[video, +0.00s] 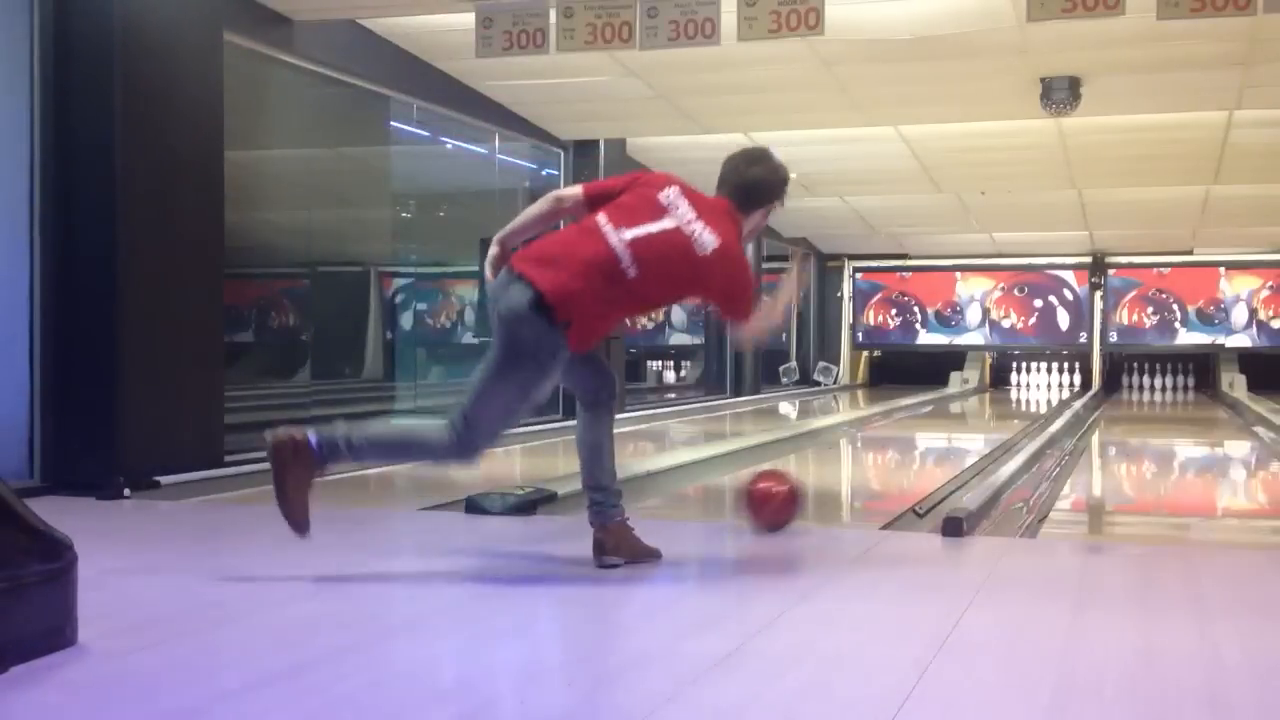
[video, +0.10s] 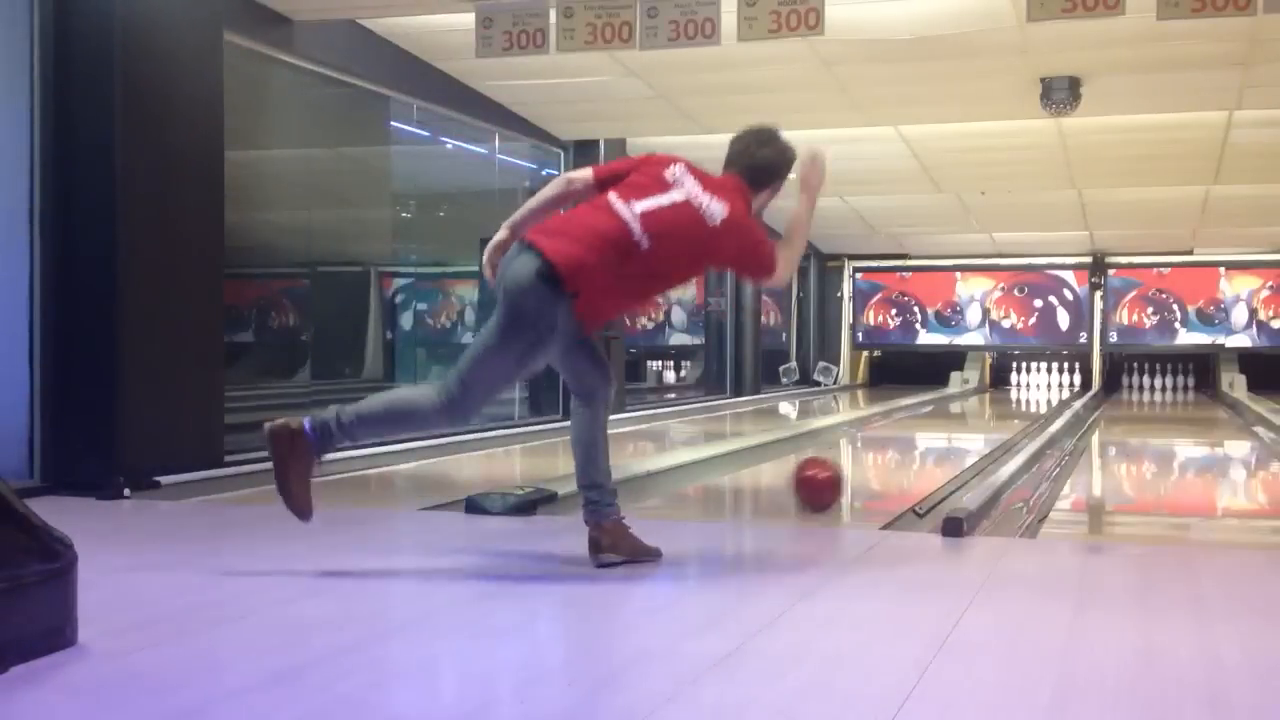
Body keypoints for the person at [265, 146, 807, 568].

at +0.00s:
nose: (772, 218)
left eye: (772, 207)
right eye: (774, 208)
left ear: (726, 184)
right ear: (762, 208)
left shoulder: (661, 184)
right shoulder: (727, 256)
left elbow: (563, 199)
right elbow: (755, 329)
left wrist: (503, 238)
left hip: (513, 286)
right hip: (543, 321)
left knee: (596, 385)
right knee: (464, 440)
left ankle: (610, 528)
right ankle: (311, 452)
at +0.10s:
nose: (778, 196)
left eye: (775, 183)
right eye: (779, 188)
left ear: (729, 161)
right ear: (767, 185)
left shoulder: (667, 165)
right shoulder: (735, 224)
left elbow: (571, 181)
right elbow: (781, 272)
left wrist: (506, 233)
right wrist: (809, 200)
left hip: (524, 259)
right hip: (552, 289)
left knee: (592, 387)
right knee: (453, 402)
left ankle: (605, 528)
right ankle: (310, 439)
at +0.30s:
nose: (783, 156)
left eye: (783, 146)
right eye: (785, 147)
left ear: (733, 123)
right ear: (775, 144)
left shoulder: (676, 139)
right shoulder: (748, 186)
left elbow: (580, 172)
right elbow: (795, 259)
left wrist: (532, 234)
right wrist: (816, 218)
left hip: (553, 257)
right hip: (560, 269)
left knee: (602, 391)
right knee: (483, 391)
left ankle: (607, 532)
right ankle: (349, 463)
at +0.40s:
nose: (781, 144)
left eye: (779, 130)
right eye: (782, 134)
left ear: (728, 113)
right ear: (775, 134)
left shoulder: (673, 136)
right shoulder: (749, 185)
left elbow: (580, 183)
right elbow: (787, 291)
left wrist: (562, 242)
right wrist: (799, 290)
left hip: (562, 263)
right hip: (567, 272)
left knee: (604, 390)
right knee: (492, 396)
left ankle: (608, 531)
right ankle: (362, 475)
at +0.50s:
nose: (774, 137)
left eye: (772, 127)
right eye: (778, 128)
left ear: (724, 110)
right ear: (771, 128)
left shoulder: (667, 134)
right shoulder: (748, 186)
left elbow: (581, 187)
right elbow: (754, 292)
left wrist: (590, 264)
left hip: (562, 263)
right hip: (574, 275)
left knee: (608, 391)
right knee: (496, 400)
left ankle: (608, 531)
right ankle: (367, 476)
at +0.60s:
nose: (774, 132)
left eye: (770, 122)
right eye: (777, 123)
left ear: (722, 106)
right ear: (770, 124)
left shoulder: (666, 132)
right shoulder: (748, 182)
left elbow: (582, 182)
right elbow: (723, 281)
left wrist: (561, 249)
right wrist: (718, 380)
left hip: (562, 262)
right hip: (579, 275)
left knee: (613, 392)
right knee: (499, 401)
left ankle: (609, 531)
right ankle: (367, 476)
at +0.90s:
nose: (772, 94)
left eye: (768, 84)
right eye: (774, 86)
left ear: (719, 76)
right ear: (769, 88)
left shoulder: (666, 111)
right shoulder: (753, 153)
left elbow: (585, 164)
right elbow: (718, 242)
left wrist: (544, 238)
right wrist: (689, 335)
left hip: (577, 255)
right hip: (601, 273)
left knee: (641, 394)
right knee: (537, 403)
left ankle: (609, 530)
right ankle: (399, 472)